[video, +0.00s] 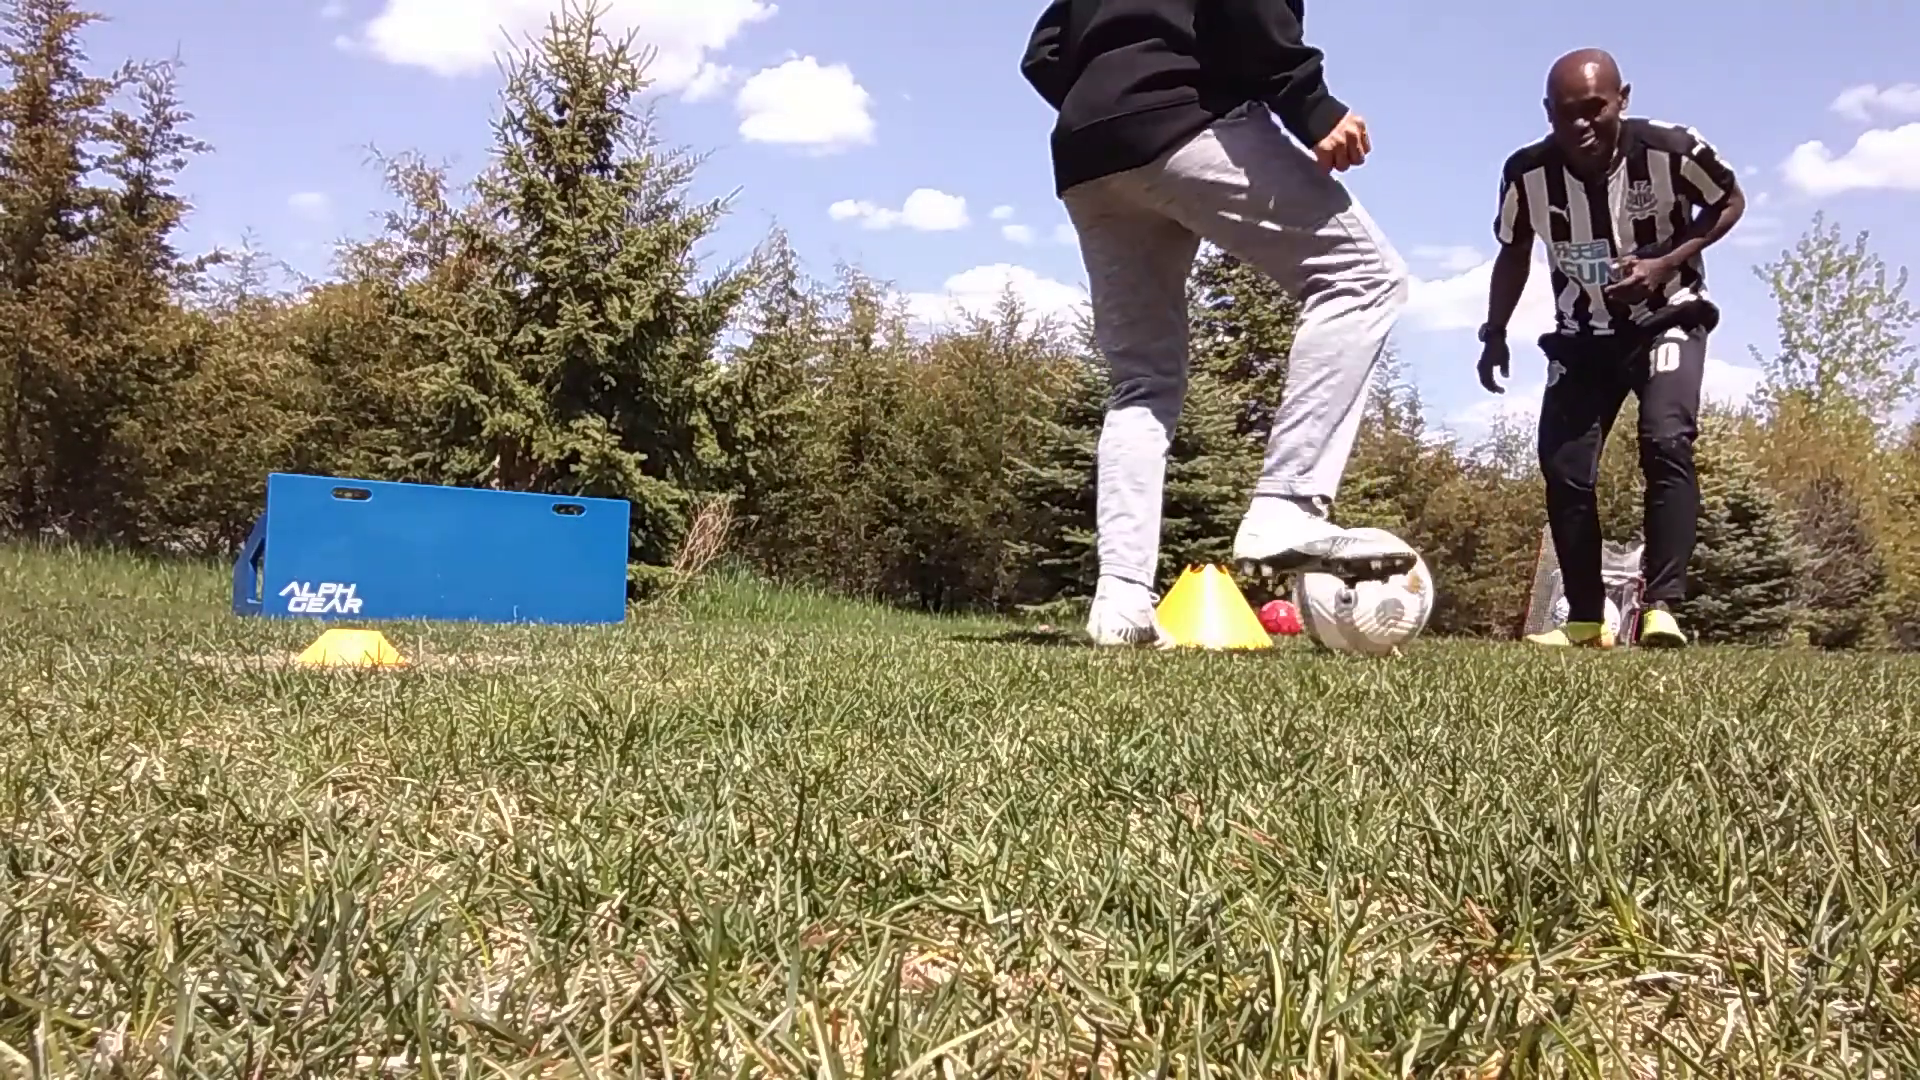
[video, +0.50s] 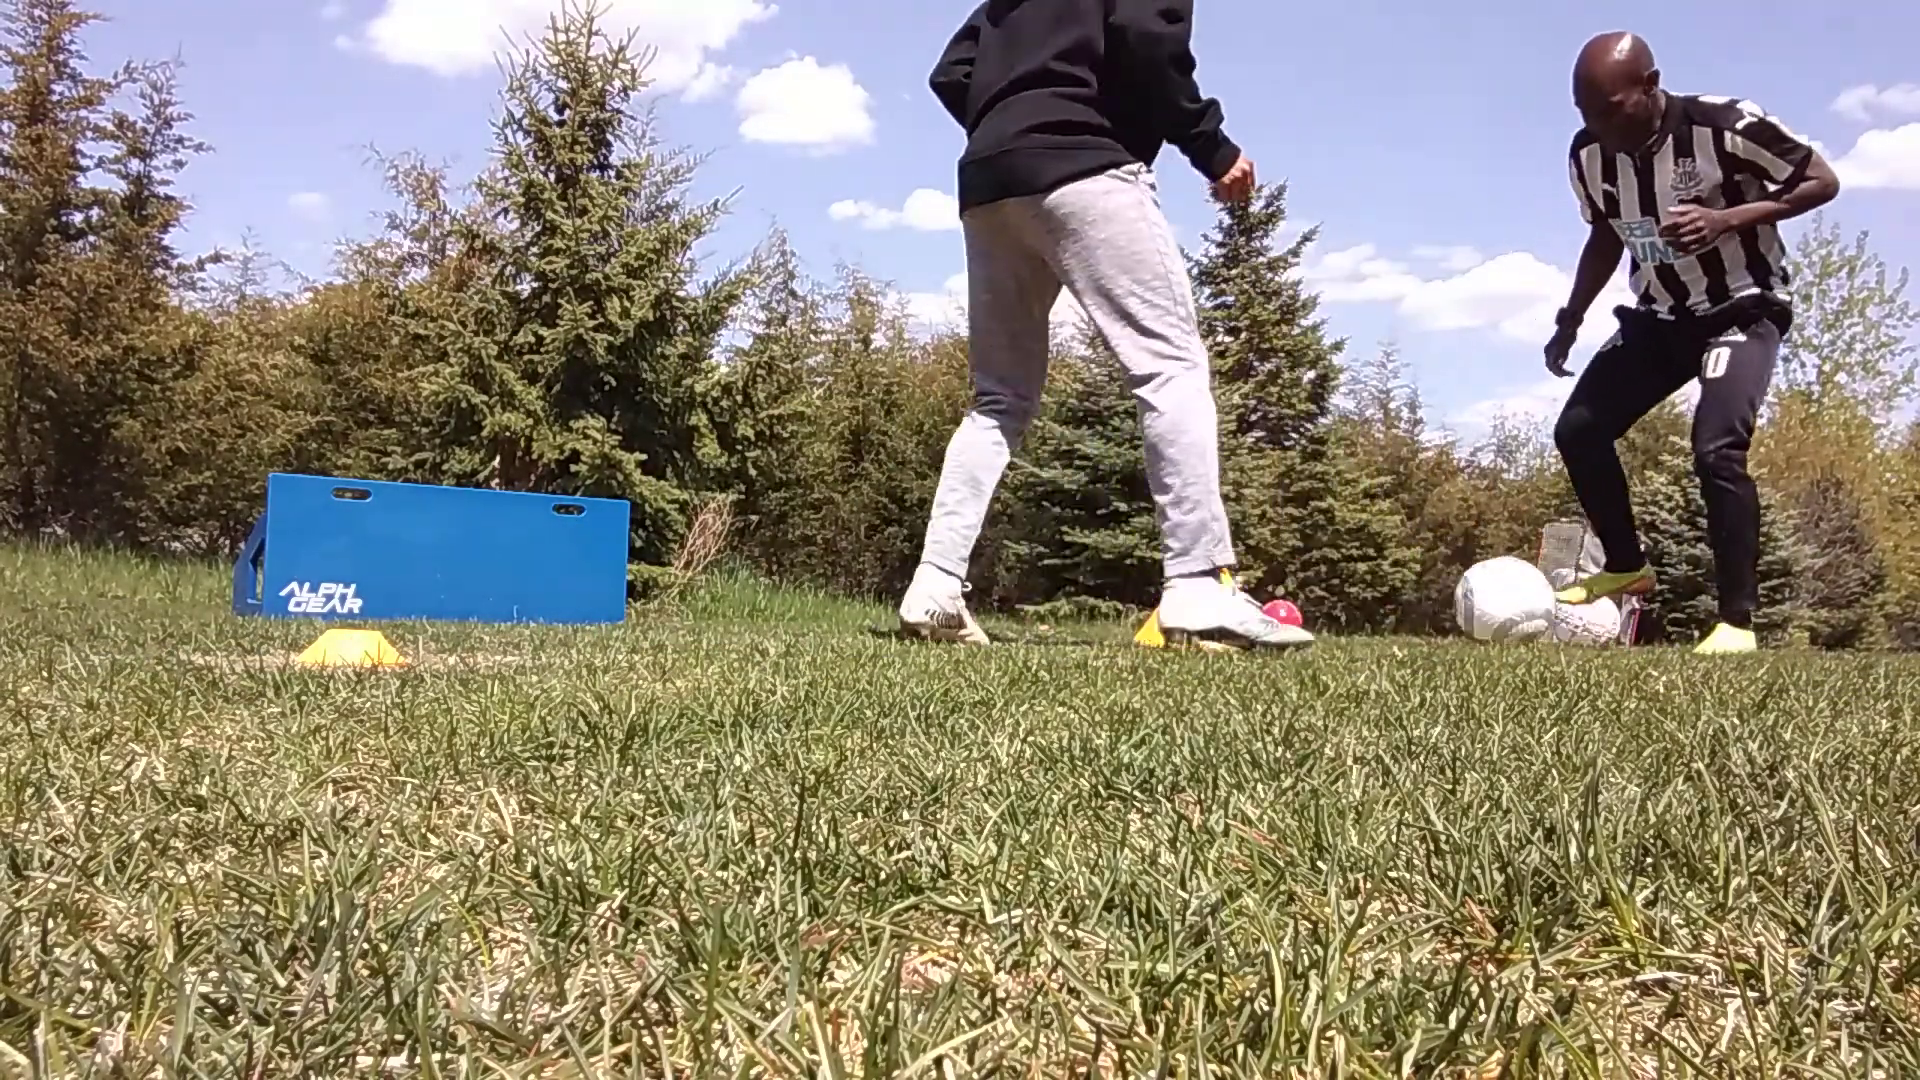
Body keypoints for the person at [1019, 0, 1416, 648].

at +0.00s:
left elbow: (1044, 52)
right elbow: (1254, 14)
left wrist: (1116, 117)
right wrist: (1314, 105)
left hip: (1081, 136)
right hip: (1185, 105)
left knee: (1141, 384)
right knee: (1365, 278)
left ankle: (1121, 603)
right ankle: (1288, 505)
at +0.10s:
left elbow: (1043, 61)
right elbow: (1219, 19)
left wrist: (1117, 122)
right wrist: (1274, 120)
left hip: (1072, 142)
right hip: (1167, 127)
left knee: (1144, 380)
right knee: (1322, 308)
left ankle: (1120, 604)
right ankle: (1303, 560)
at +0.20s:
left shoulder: (1082, 2)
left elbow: (1038, 63)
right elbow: (1222, 29)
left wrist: (1100, 120)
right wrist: (1275, 136)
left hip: (1056, 139)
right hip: (1156, 119)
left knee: (1130, 376)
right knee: (1270, 334)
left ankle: (1114, 586)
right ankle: (1258, 583)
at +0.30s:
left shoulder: (1069, 5)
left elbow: (1015, 84)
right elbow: (1267, 58)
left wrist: (1082, 146)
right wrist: (1303, 190)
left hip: (1049, 168)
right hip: (1153, 146)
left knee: (1108, 379)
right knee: (1255, 373)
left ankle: (1065, 545)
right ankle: (1245, 603)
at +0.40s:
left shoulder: (1044, 6)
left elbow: (989, 97)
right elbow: (1237, 65)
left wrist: (1054, 166)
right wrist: (1287, 196)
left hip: (1024, 187)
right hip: (1129, 166)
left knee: (1067, 396)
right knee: (1236, 377)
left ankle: (974, 574)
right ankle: (1244, 603)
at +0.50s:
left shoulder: (1009, 4)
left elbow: (951, 70)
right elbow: (1147, 40)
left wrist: (1015, 136)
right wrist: (1215, 149)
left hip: (986, 171)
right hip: (1083, 154)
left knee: (999, 401)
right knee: (1172, 367)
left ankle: (934, 588)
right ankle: (1197, 584)